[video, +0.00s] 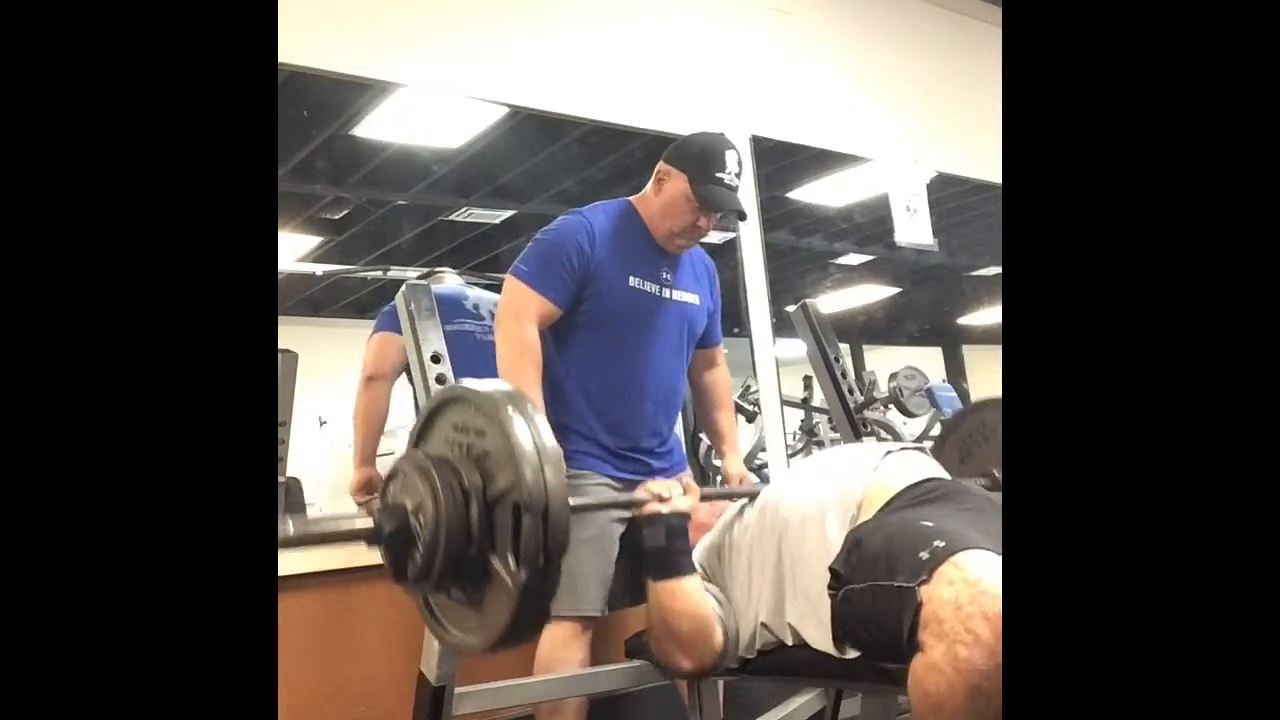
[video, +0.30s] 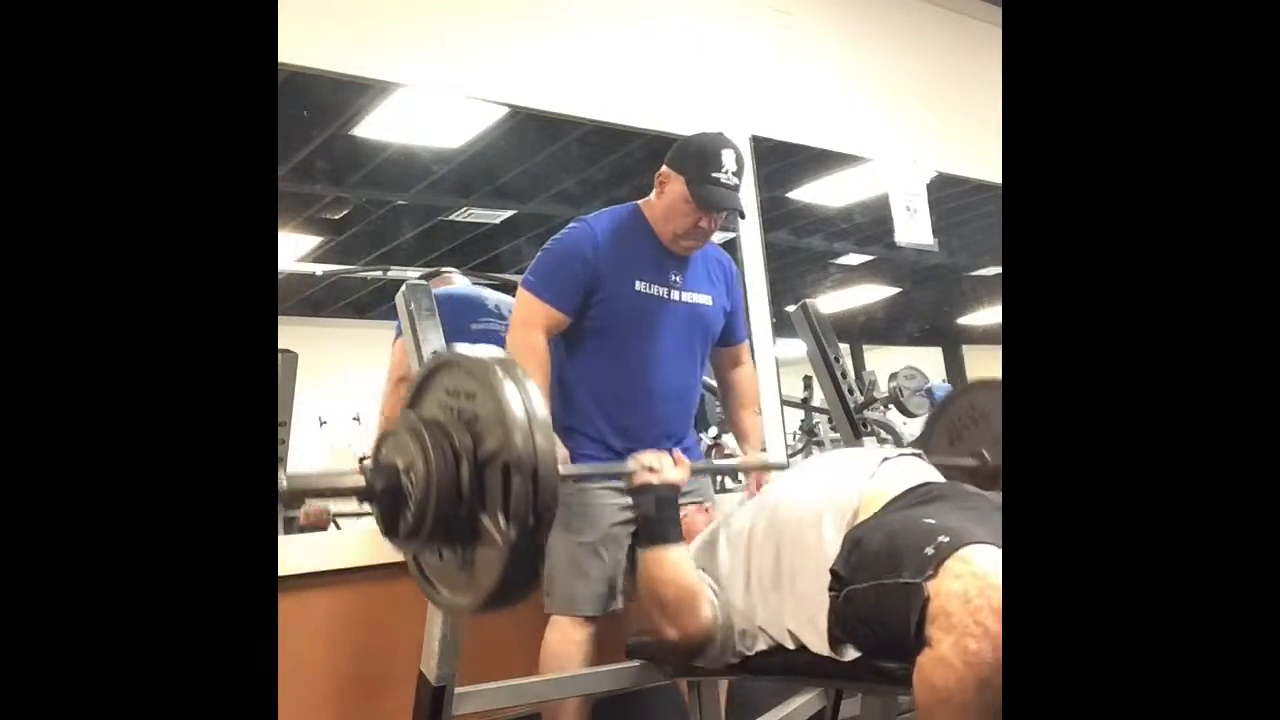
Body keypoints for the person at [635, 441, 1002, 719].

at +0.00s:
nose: (691, 496)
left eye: (689, 489)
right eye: (678, 505)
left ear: (708, 492)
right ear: (683, 541)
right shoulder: (708, 582)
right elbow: (687, 659)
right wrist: (661, 534)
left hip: (954, 488)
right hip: (879, 526)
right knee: (981, 606)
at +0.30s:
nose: (695, 508)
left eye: (699, 501)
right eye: (681, 510)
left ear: (713, 506)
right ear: (672, 541)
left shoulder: (757, 512)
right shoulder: (694, 580)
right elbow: (682, 629)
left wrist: (762, 486)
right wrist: (654, 506)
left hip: (949, 492)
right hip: (871, 534)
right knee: (985, 595)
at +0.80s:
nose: (682, 509)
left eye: (678, 506)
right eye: (668, 519)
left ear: (693, 508)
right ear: (665, 547)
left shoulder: (761, 501)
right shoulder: (695, 605)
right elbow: (661, 588)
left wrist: (882, 444)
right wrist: (639, 468)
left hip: (945, 491)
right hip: (865, 528)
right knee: (977, 600)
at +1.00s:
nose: (707, 496)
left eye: (699, 493)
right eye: (686, 504)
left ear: (713, 498)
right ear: (674, 537)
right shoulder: (695, 576)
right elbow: (686, 641)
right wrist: (652, 515)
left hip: (945, 491)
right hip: (869, 532)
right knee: (982, 608)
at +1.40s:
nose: (686, 512)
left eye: (687, 505)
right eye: (672, 517)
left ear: (704, 506)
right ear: (667, 545)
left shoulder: (770, 501)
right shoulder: (706, 606)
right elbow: (667, 605)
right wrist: (645, 485)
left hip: (947, 494)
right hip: (871, 529)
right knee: (979, 610)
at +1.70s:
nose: (681, 509)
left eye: (678, 503)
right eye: (669, 517)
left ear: (694, 502)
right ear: (658, 550)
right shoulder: (692, 596)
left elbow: (899, 486)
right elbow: (655, 546)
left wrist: (881, 425)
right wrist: (631, 425)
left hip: (951, 499)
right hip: (863, 531)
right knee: (978, 597)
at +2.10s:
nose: (687, 499)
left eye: (686, 494)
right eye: (675, 508)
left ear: (707, 499)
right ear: (680, 544)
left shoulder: (763, 505)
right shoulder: (700, 579)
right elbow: (690, 658)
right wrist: (656, 534)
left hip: (939, 487)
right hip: (869, 529)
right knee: (979, 607)